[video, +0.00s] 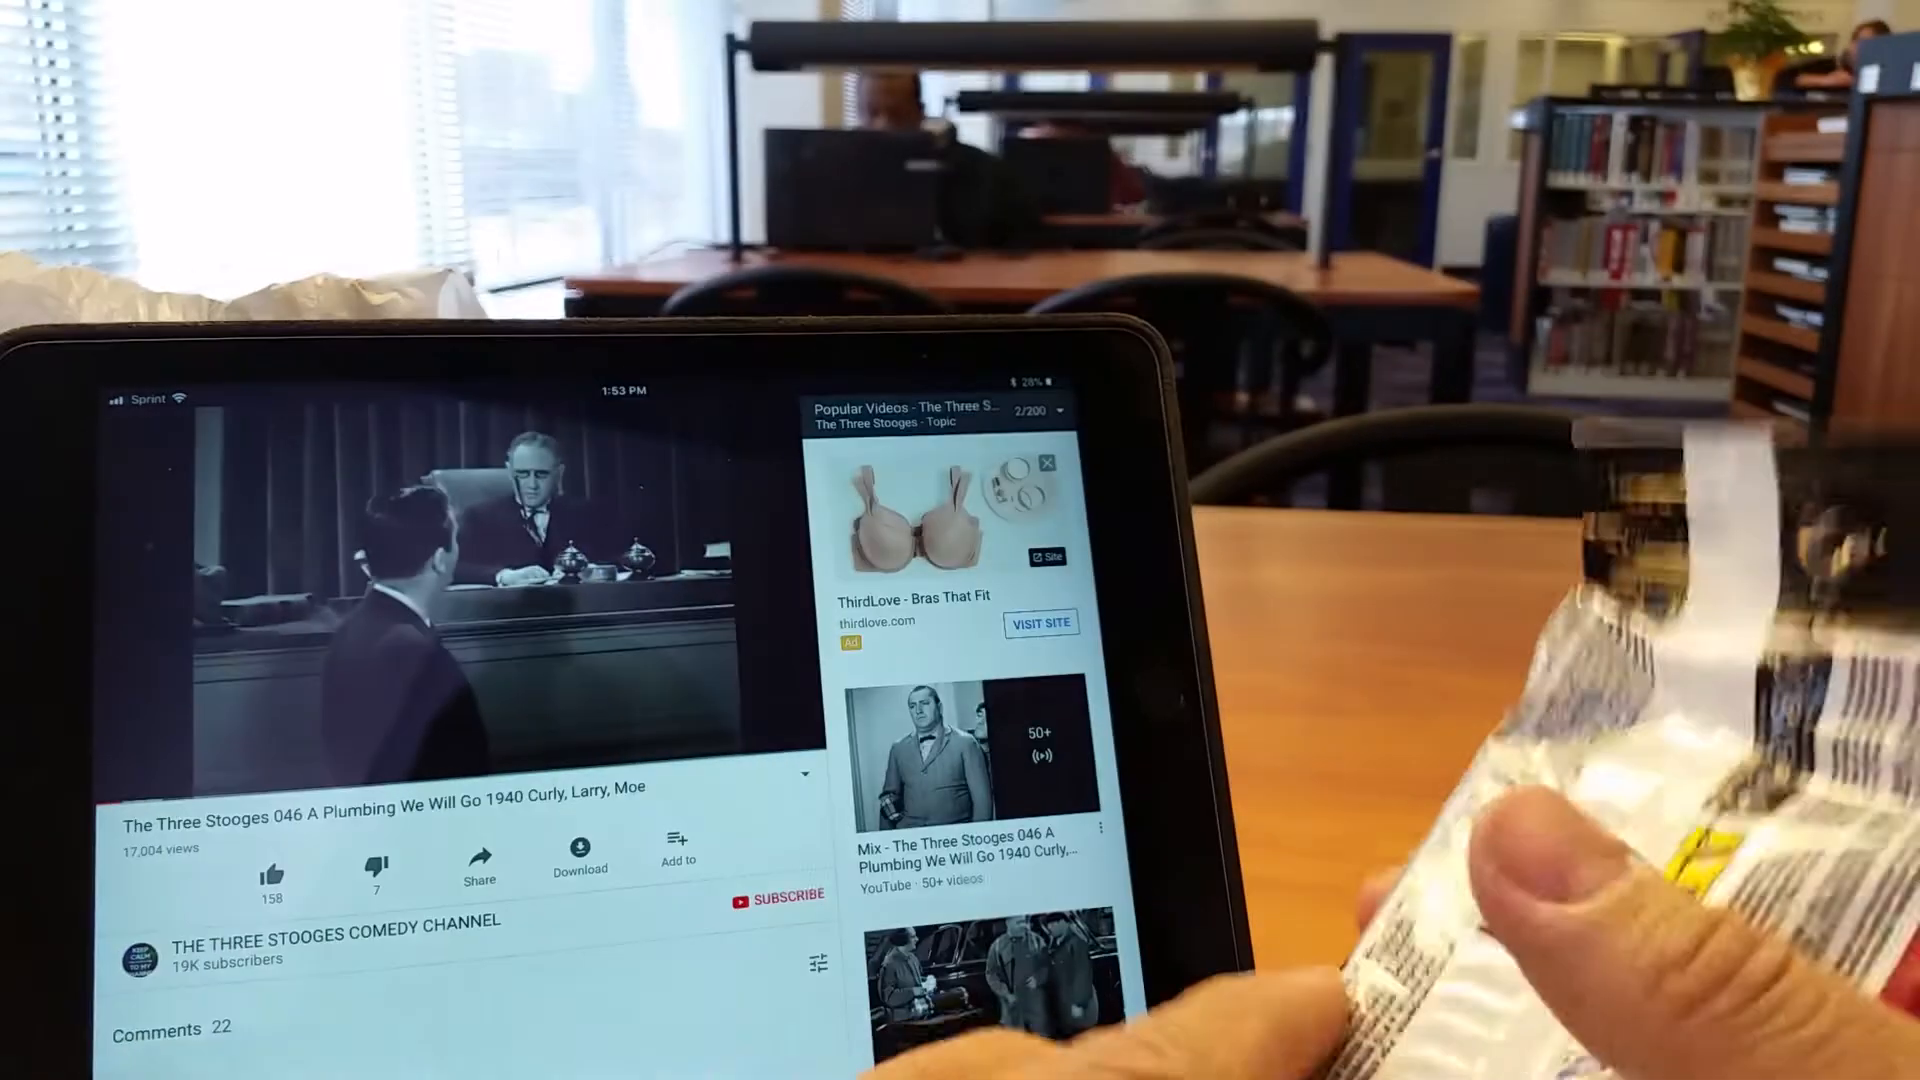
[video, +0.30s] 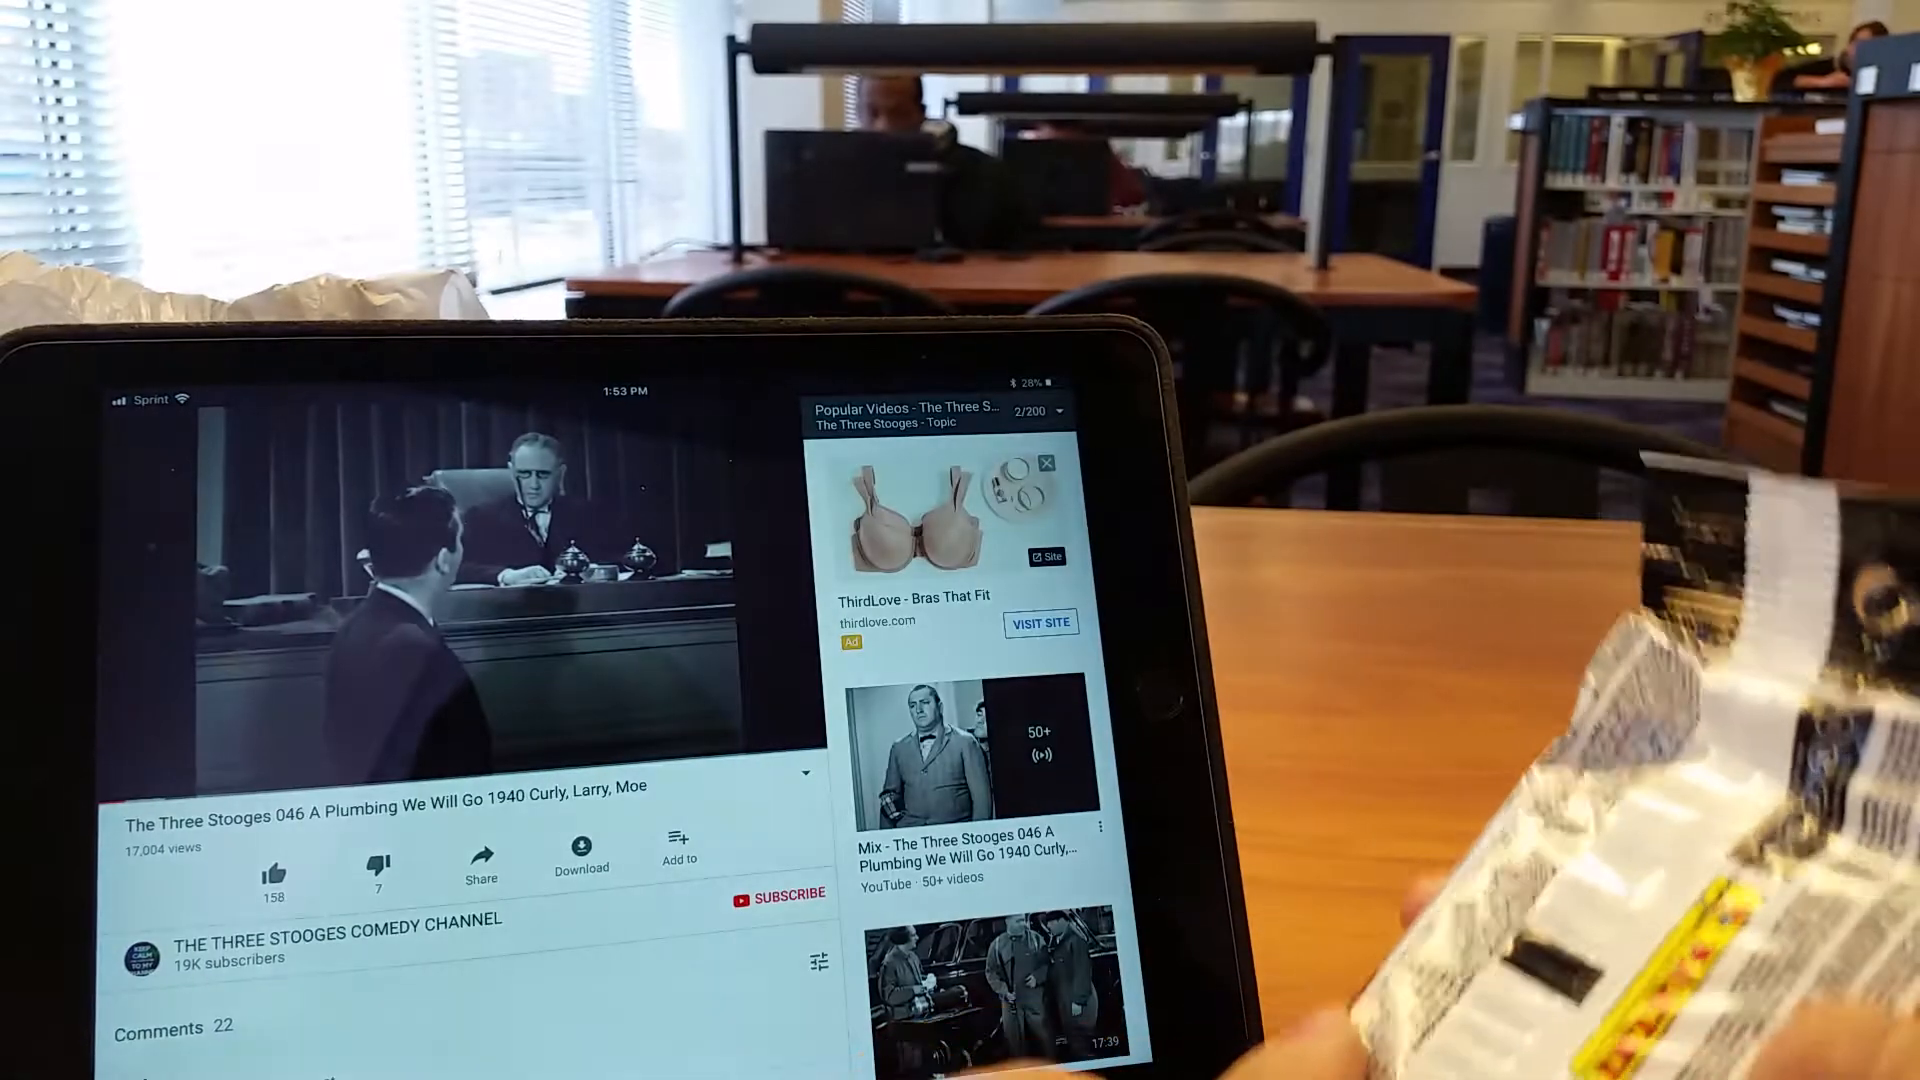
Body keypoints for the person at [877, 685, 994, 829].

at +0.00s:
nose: (918, 710)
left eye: (925, 703)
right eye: (913, 706)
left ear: (939, 707)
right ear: (909, 711)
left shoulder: (964, 743)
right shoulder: (899, 749)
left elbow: (982, 799)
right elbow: (890, 793)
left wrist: (978, 838)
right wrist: (888, 802)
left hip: (955, 834)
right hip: (909, 838)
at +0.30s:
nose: (919, 710)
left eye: (925, 703)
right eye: (913, 705)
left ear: (939, 706)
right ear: (909, 711)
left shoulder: (964, 742)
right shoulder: (899, 749)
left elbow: (981, 795)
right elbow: (891, 794)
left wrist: (978, 834)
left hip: (955, 831)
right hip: (910, 835)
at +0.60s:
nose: (919, 709)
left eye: (925, 703)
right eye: (913, 705)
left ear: (939, 706)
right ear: (909, 711)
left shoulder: (964, 742)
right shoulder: (899, 749)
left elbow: (981, 795)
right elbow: (891, 794)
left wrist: (979, 834)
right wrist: (886, 840)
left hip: (956, 831)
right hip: (910, 836)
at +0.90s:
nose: (919, 710)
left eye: (925, 703)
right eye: (913, 705)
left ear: (939, 706)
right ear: (909, 711)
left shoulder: (964, 742)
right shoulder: (899, 748)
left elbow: (981, 795)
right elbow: (891, 794)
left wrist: (979, 834)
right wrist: (886, 839)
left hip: (956, 831)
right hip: (910, 835)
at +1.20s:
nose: (919, 710)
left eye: (925, 703)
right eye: (913, 705)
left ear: (939, 706)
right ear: (909, 711)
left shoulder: (964, 742)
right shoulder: (899, 748)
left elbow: (981, 795)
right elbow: (890, 796)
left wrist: (979, 835)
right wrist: (886, 840)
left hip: (956, 832)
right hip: (910, 836)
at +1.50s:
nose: (919, 709)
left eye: (925, 703)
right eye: (913, 705)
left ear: (939, 706)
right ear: (909, 711)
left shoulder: (964, 742)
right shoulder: (899, 749)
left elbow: (981, 795)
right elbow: (891, 795)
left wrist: (979, 835)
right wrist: (886, 840)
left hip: (956, 831)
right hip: (910, 836)